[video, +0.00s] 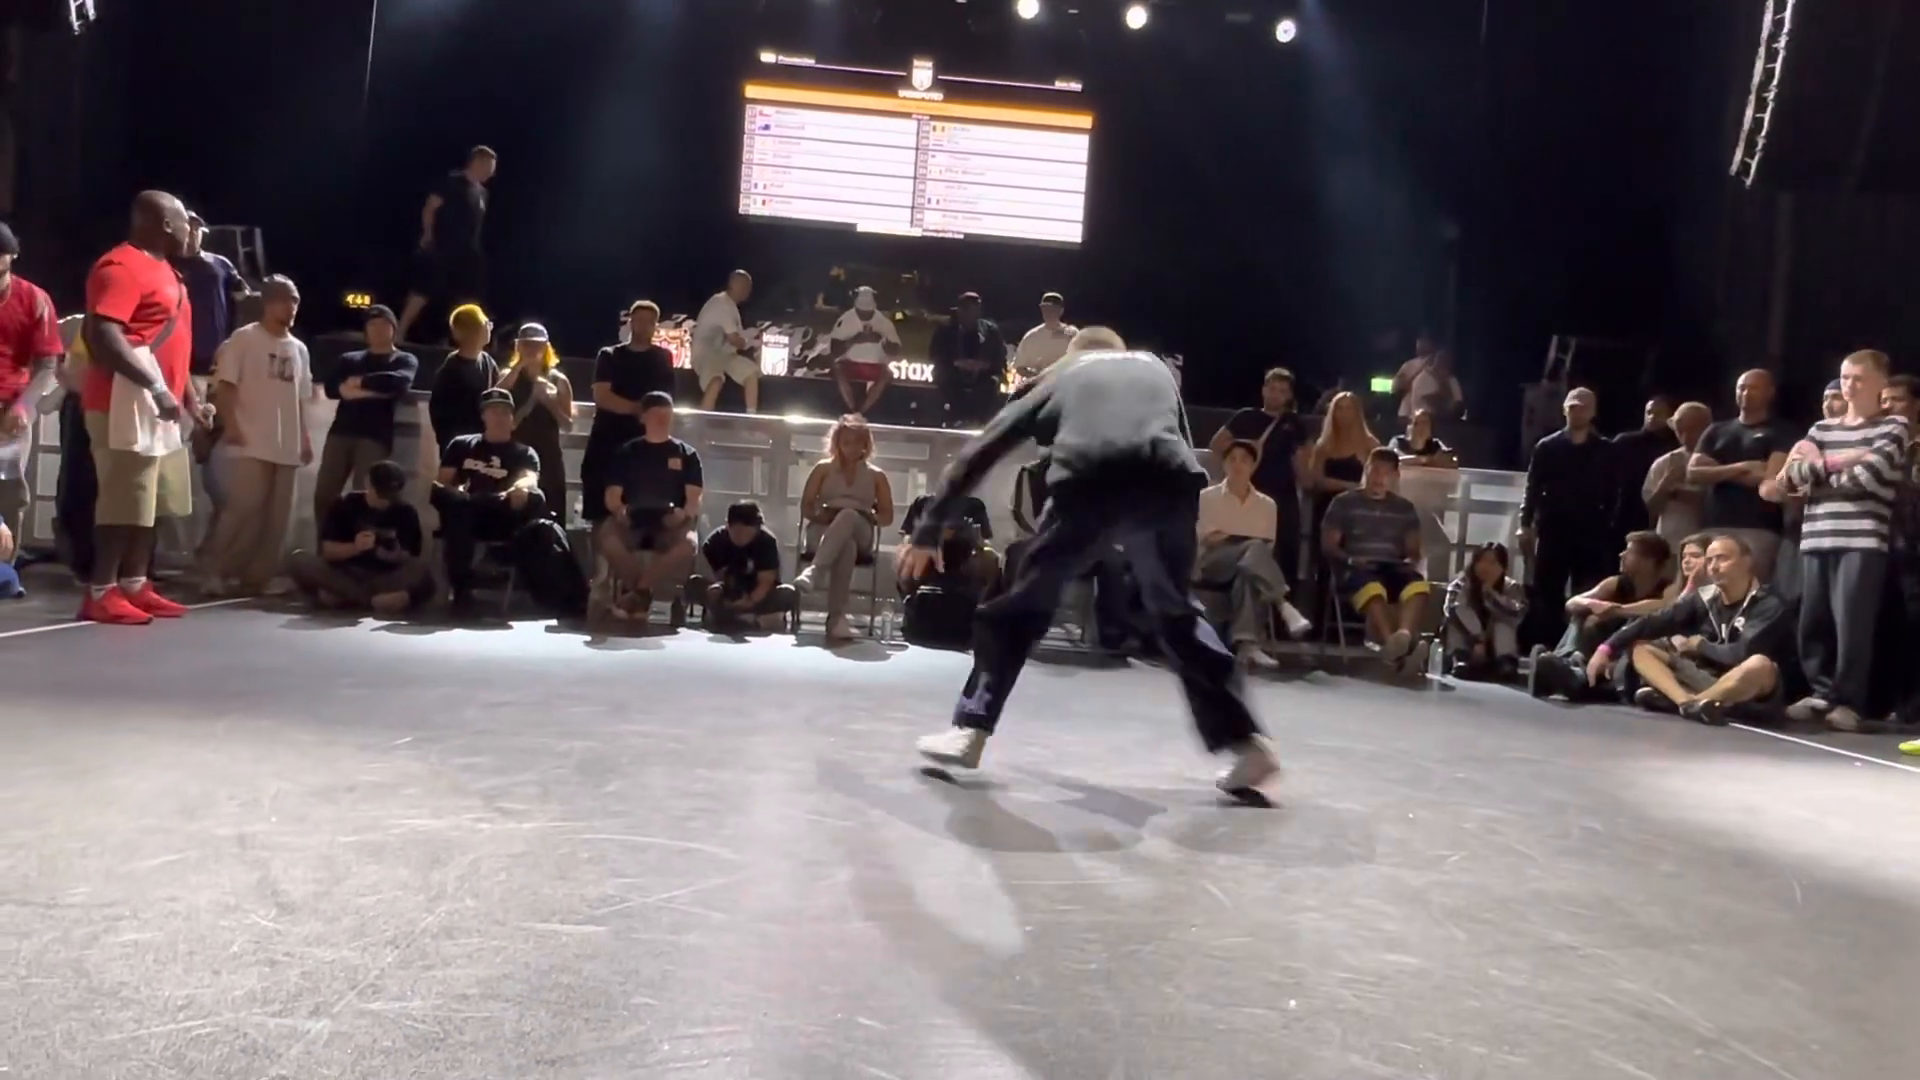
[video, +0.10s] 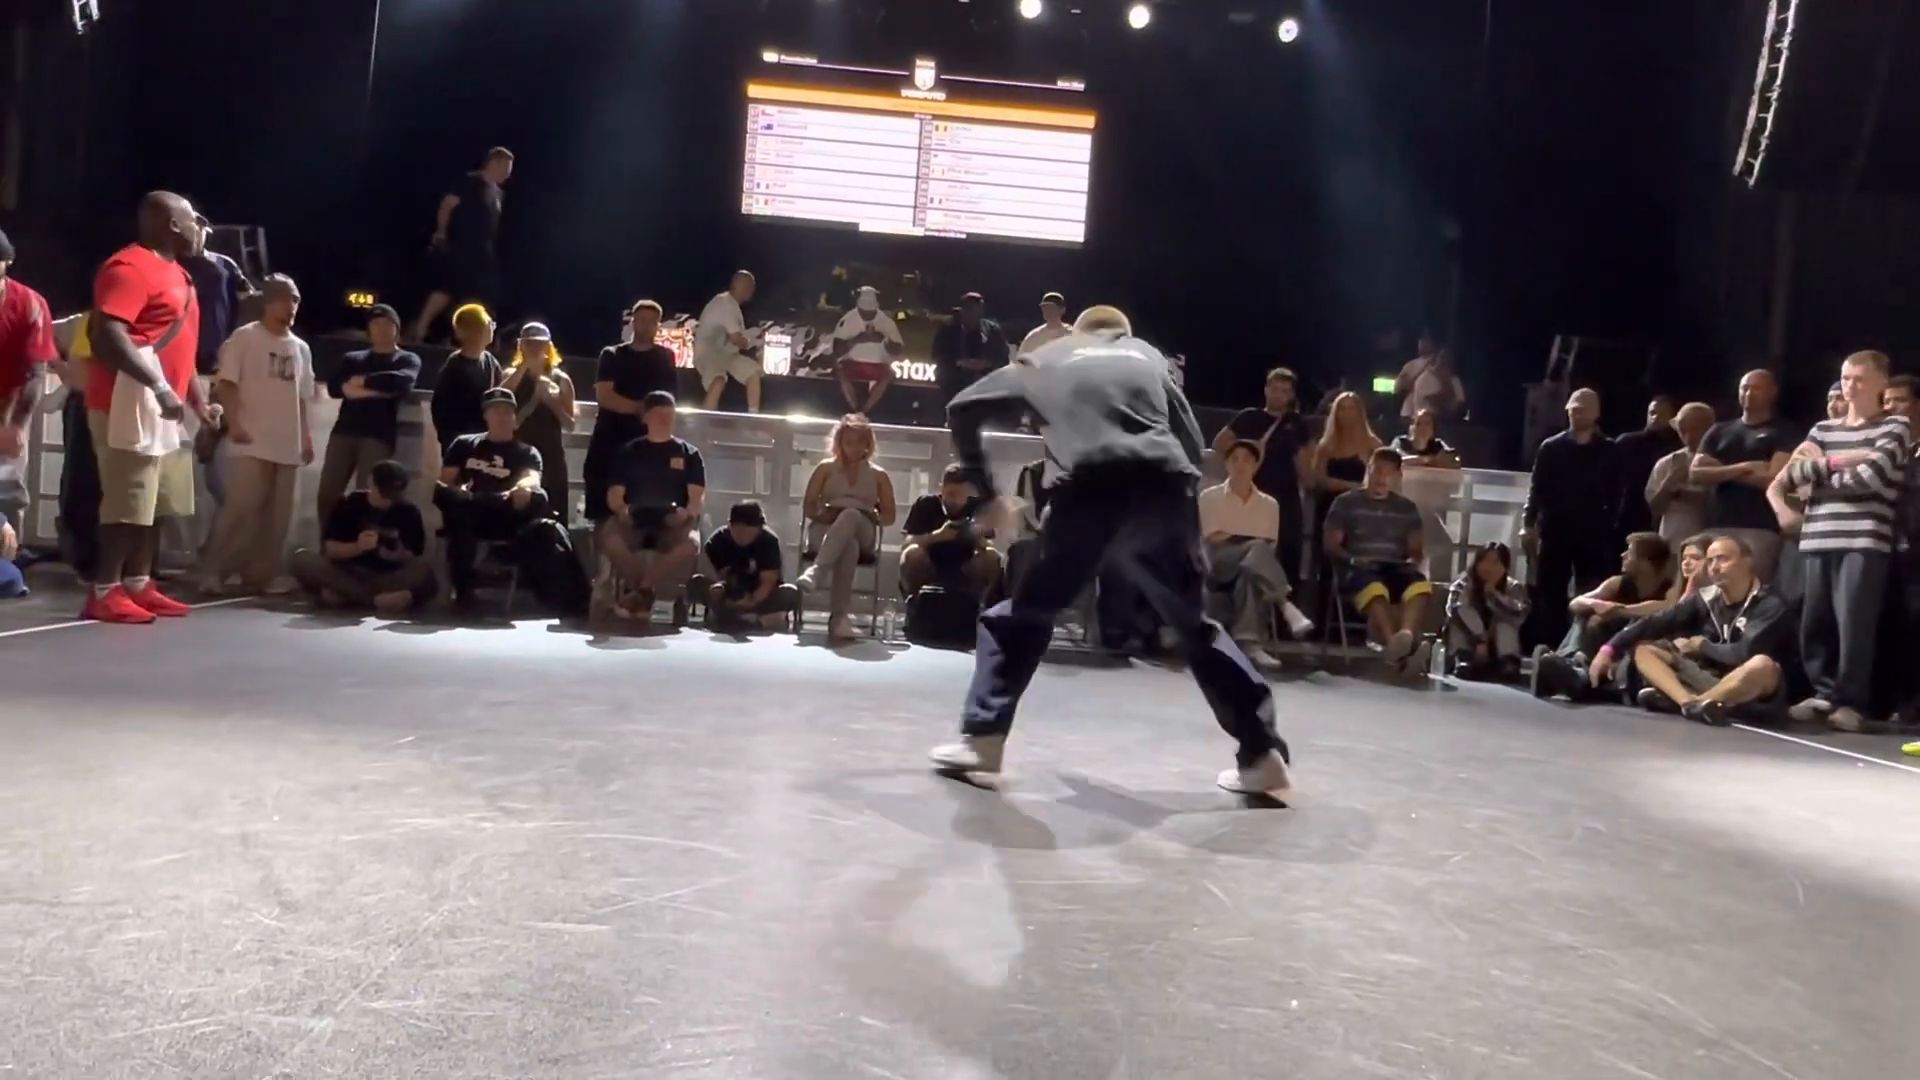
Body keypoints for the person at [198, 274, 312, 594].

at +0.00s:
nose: (292, 310)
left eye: (295, 303)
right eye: (285, 303)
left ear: (297, 307)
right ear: (267, 303)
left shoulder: (298, 349)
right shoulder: (242, 340)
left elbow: (302, 399)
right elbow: (225, 386)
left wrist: (305, 438)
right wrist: (230, 423)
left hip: (286, 446)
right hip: (249, 443)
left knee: (276, 518)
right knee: (244, 509)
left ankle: (261, 577)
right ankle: (213, 570)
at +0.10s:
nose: (293, 308)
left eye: (295, 302)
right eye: (286, 301)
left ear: (297, 306)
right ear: (268, 302)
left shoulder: (300, 348)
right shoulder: (243, 338)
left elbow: (304, 398)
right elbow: (226, 384)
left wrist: (306, 438)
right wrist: (233, 423)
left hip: (287, 445)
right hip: (250, 442)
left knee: (277, 517)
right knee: (241, 509)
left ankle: (264, 575)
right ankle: (213, 571)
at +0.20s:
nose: (291, 306)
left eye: (293, 300)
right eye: (284, 299)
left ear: (295, 304)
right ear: (264, 301)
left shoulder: (299, 345)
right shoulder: (242, 337)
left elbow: (303, 396)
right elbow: (226, 383)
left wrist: (307, 435)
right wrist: (233, 422)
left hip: (287, 444)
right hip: (249, 441)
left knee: (278, 517)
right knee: (238, 510)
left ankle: (265, 574)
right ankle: (207, 570)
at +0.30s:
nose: (286, 303)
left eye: (289, 297)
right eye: (279, 296)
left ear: (291, 301)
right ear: (260, 298)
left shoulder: (296, 343)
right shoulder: (238, 335)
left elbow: (301, 394)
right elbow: (224, 383)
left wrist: (305, 433)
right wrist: (231, 424)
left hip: (284, 443)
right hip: (246, 440)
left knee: (276, 516)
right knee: (236, 509)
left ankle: (265, 574)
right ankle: (206, 571)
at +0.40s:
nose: (284, 299)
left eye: (285, 294)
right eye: (277, 293)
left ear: (284, 298)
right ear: (257, 296)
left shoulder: (291, 340)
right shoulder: (233, 333)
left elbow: (298, 391)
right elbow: (221, 380)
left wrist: (303, 431)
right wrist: (226, 421)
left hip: (282, 440)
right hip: (243, 438)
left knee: (276, 514)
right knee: (232, 508)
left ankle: (266, 573)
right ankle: (207, 570)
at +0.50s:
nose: (275, 295)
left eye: (278, 289)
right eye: (268, 289)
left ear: (279, 294)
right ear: (250, 292)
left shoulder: (287, 337)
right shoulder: (228, 330)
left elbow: (296, 387)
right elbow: (215, 375)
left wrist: (298, 427)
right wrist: (215, 409)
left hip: (278, 438)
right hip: (237, 435)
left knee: (274, 511)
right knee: (224, 506)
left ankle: (268, 569)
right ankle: (209, 568)